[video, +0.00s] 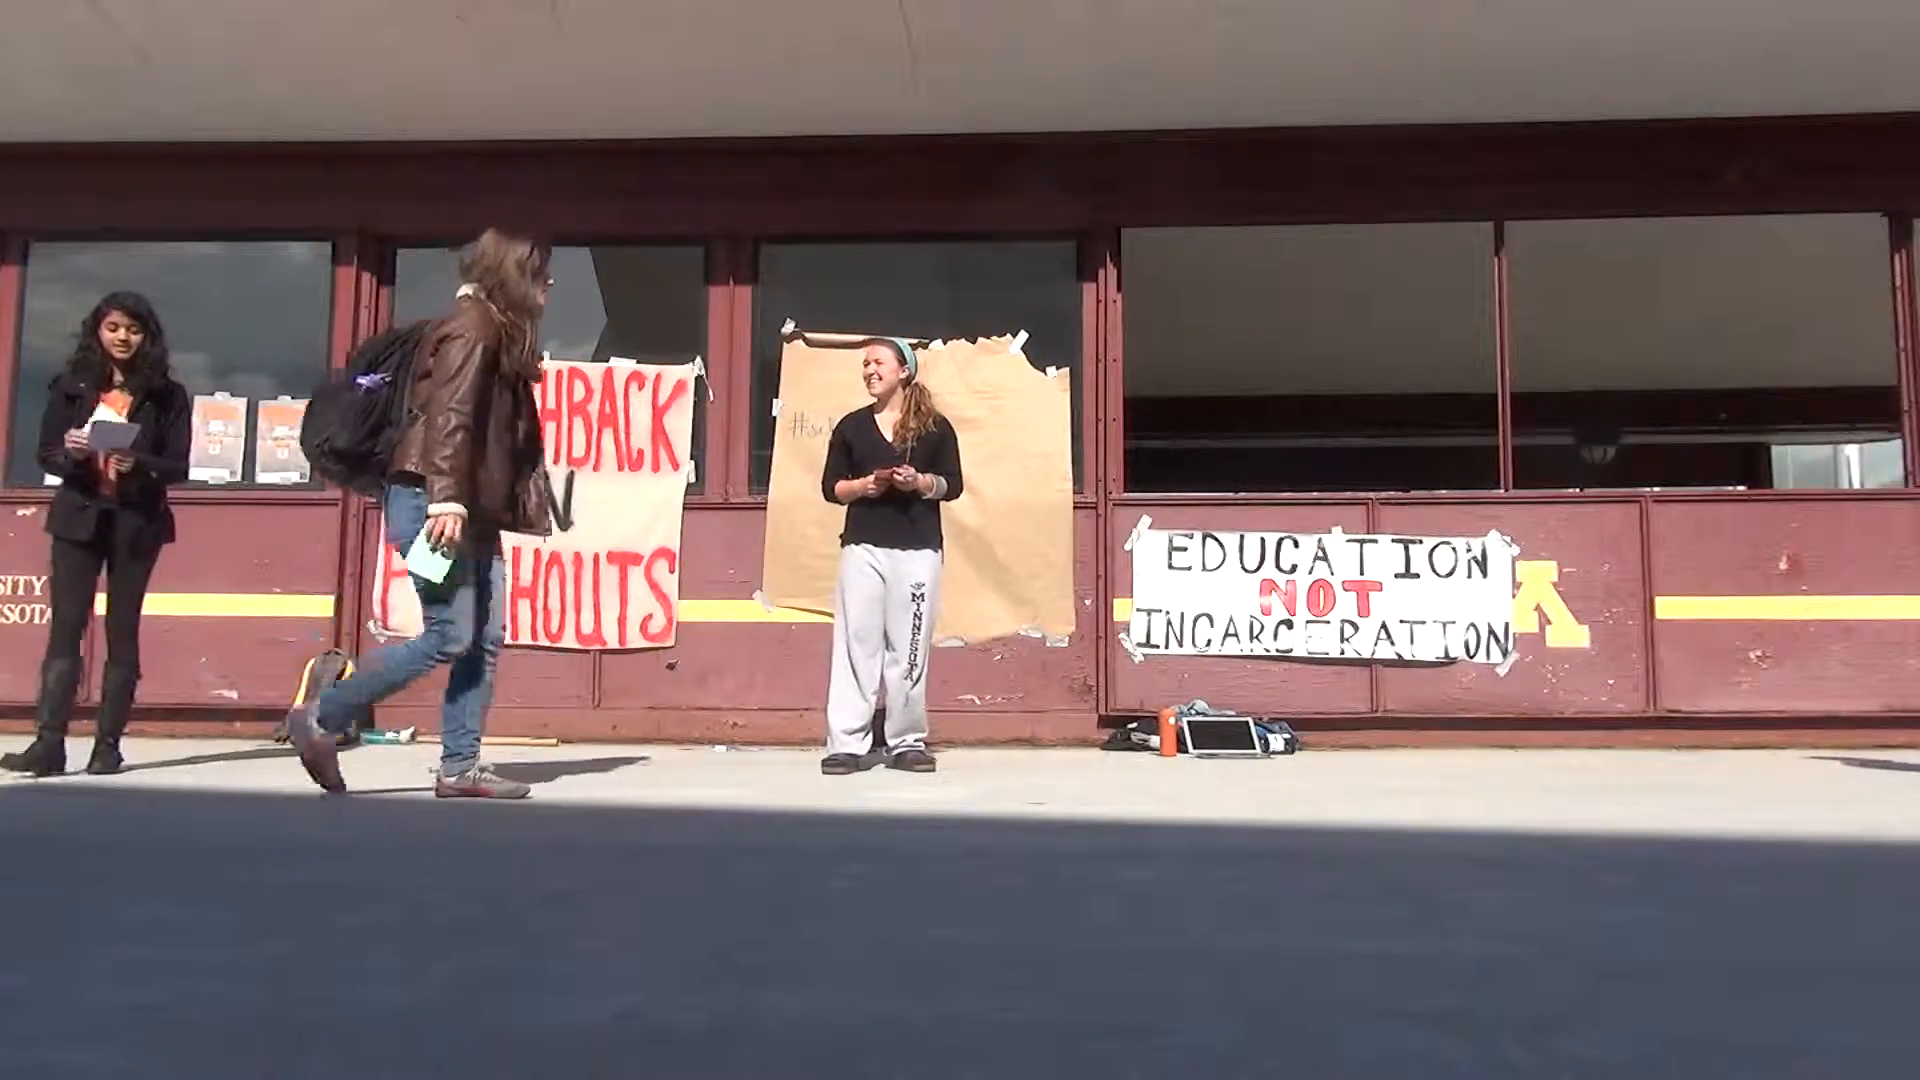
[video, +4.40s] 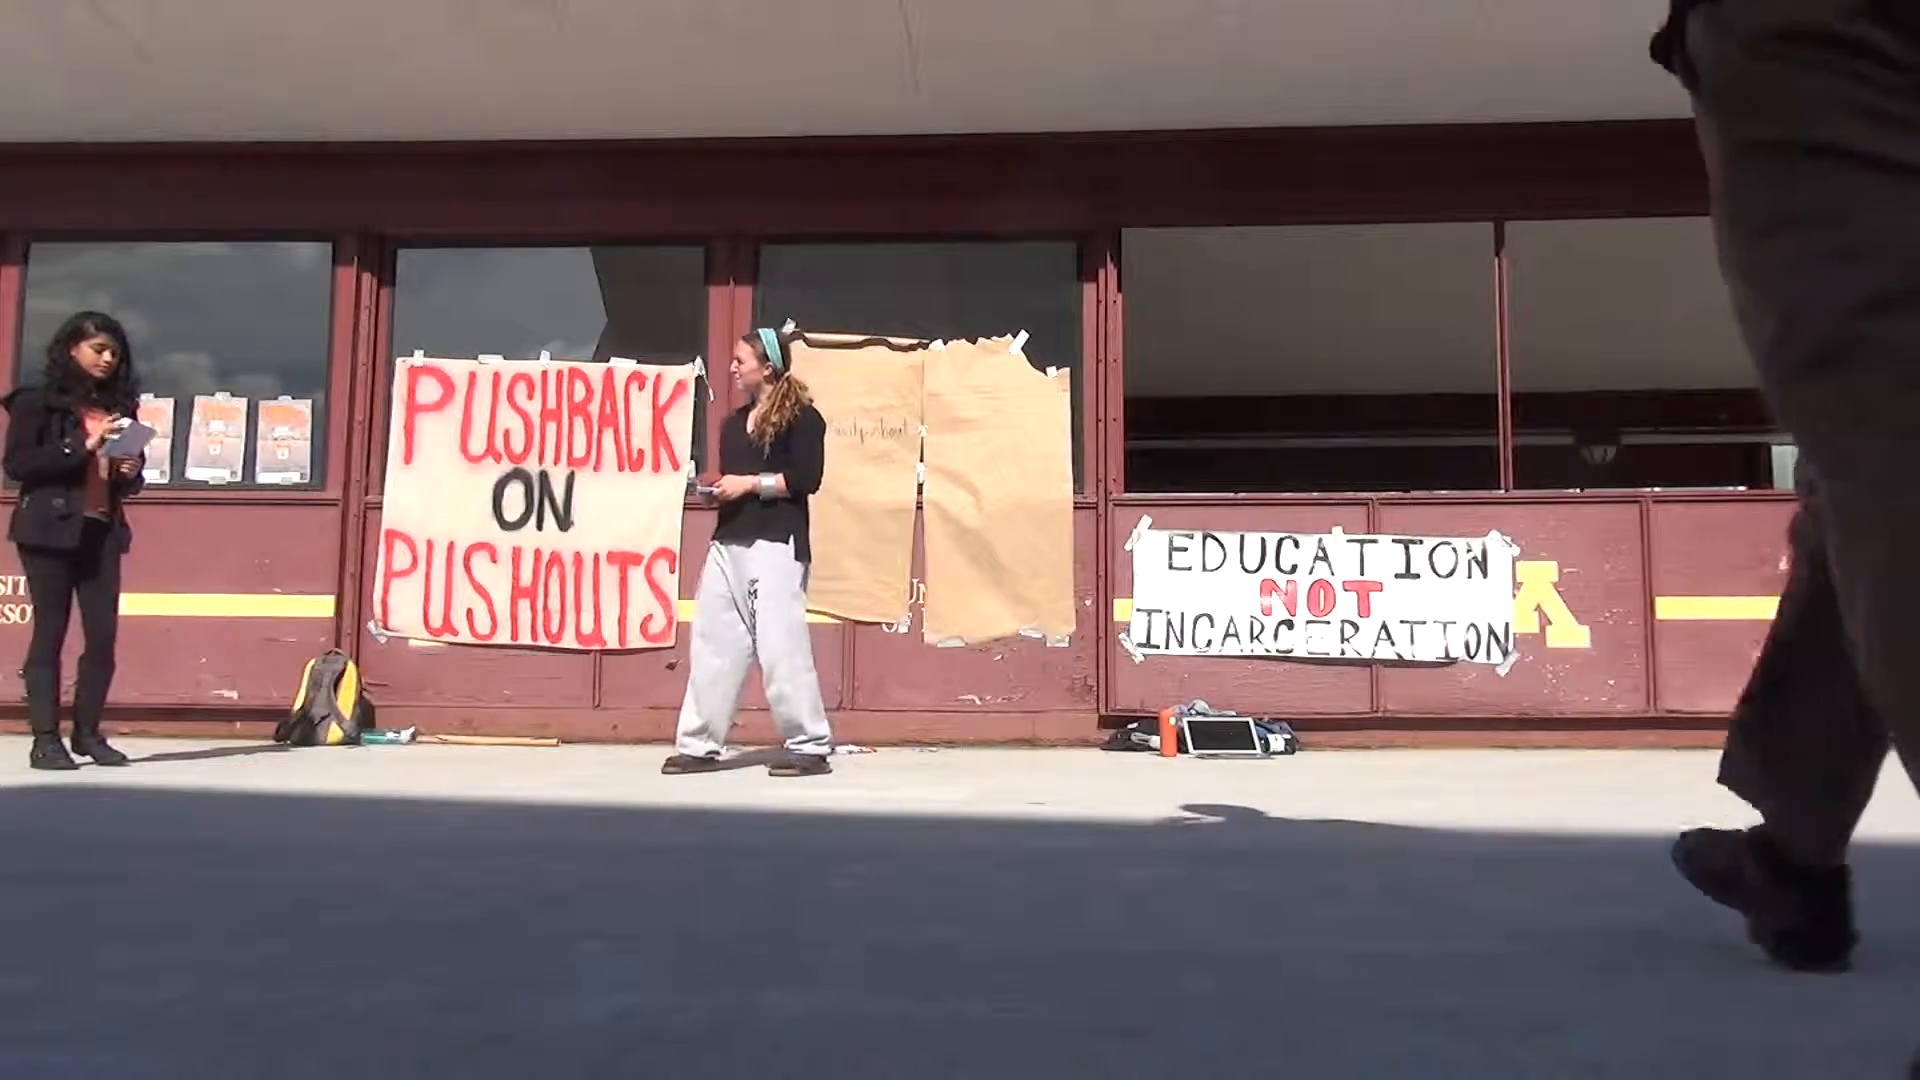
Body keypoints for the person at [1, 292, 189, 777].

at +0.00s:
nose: (122, 337)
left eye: (132, 329)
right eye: (113, 327)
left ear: (147, 335)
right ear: (96, 332)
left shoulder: (168, 393)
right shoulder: (72, 384)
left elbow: (178, 467)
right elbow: (47, 454)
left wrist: (137, 461)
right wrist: (70, 451)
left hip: (135, 520)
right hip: (77, 514)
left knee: (121, 628)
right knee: (66, 625)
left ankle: (107, 743)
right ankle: (49, 741)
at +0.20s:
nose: (121, 339)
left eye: (131, 331)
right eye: (112, 329)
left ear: (146, 338)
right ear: (96, 334)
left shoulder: (167, 394)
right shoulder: (74, 383)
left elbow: (178, 469)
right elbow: (51, 451)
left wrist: (139, 461)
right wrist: (31, 484)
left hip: (132, 520)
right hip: (75, 514)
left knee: (118, 626)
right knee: (41, 620)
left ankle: (107, 742)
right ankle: (37, 733)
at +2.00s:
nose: (145, 368)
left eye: (152, 362)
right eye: (136, 359)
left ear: (158, 370)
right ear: (112, 361)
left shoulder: (168, 416)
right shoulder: (82, 413)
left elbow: (187, 483)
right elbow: (64, 482)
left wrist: (177, 484)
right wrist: (103, 481)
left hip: (151, 532)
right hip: (99, 530)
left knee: (138, 629)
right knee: (76, 628)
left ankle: (128, 737)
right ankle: (41, 738)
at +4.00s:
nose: (102, 358)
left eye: (110, 352)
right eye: (94, 348)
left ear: (116, 358)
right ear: (66, 348)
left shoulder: (119, 404)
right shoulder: (33, 399)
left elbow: (132, 476)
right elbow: (16, 463)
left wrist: (130, 470)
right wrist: (75, 437)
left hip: (102, 527)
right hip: (48, 525)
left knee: (105, 634)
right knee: (52, 630)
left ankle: (95, 731)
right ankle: (46, 737)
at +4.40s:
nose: (106, 359)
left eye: (113, 352)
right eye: (97, 349)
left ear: (120, 358)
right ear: (70, 349)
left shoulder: (121, 407)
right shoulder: (36, 400)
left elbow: (128, 484)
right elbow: (18, 465)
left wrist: (129, 473)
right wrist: (81, 448)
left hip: (101, 529)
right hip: (48, 527)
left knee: (102, 637)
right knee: (50, 631)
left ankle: (87, 734)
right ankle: (46, 739)